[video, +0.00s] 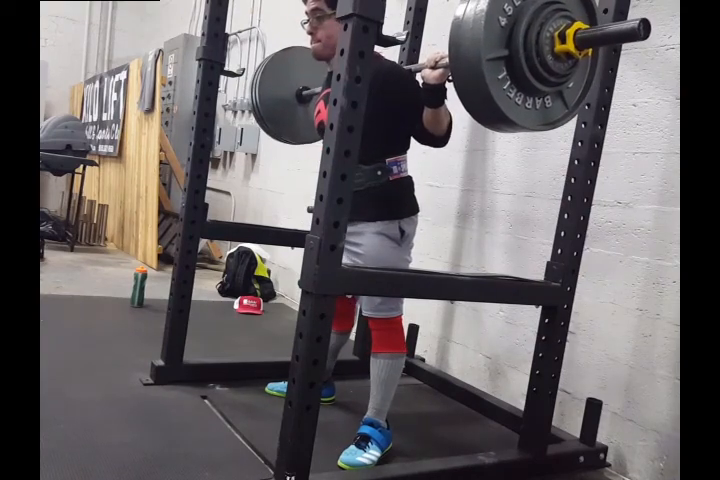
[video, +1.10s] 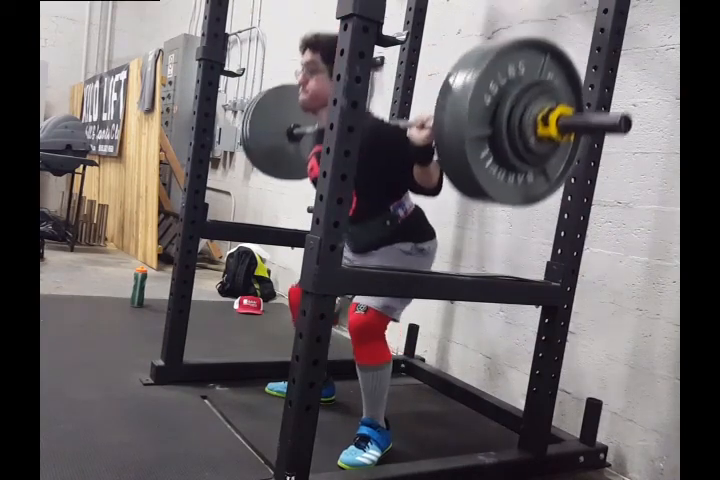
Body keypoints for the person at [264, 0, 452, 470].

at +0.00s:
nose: (310, 33)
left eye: (316, 22)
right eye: (308, 24)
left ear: (348, 20)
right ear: (330, 26)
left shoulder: (391, 78)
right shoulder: (333, 79)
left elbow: (437, 136)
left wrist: (434, 88)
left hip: (383, 218)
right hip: (335, 214)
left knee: (382, 313)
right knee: (331, 302)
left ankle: (376, 424)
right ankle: (318, 380)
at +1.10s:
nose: (300, 80)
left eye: (310, 72)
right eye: (301, 71)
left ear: (339, 79)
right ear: (315, 80)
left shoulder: (376, 134)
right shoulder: (321, 136)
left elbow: (430, 185)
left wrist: (423, 147)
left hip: (404, 243)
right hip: (353, 242)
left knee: (364, 325)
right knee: (302, 298)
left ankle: (374, 429)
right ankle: (315, 381)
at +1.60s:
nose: (281, 149)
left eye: (291, 141)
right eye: (281, 140)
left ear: (322, 150)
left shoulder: (360, 198)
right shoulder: (305, 194)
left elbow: (415, 238)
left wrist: (406, 211)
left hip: (401, 280)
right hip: (350, 277)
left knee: (352, 329)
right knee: (287, 302)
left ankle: (372, 430)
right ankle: (316, 382)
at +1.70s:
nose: (278, 159)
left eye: (287, 150)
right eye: (278, 149)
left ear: (318, 158)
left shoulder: (359, 208)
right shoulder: (304, 205)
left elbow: (416, 248)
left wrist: (404, 218)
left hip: (399, 284)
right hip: (350, 281)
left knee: (352, 330)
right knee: (285, 301)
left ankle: (372, 430)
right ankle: (316, 382)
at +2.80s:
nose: (279, 152)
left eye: (288, 142)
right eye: (278, 142)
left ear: (319, 147)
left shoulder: (359, 190)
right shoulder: (313, 195)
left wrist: (406, 184)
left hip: (414, 261)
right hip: (366, 264)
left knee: (358, 319)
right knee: (300, 297)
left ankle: (373, 428)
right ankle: (316, 381)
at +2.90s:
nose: (281, 142)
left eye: (290, 132)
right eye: (280, 132)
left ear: (321, 137)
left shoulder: (360, 180)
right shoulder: (316, 187)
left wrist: (408, 174)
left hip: (413, 253)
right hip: (366, 256)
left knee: (359, 319)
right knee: (305, 298)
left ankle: (373, 428)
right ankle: (316, 380)